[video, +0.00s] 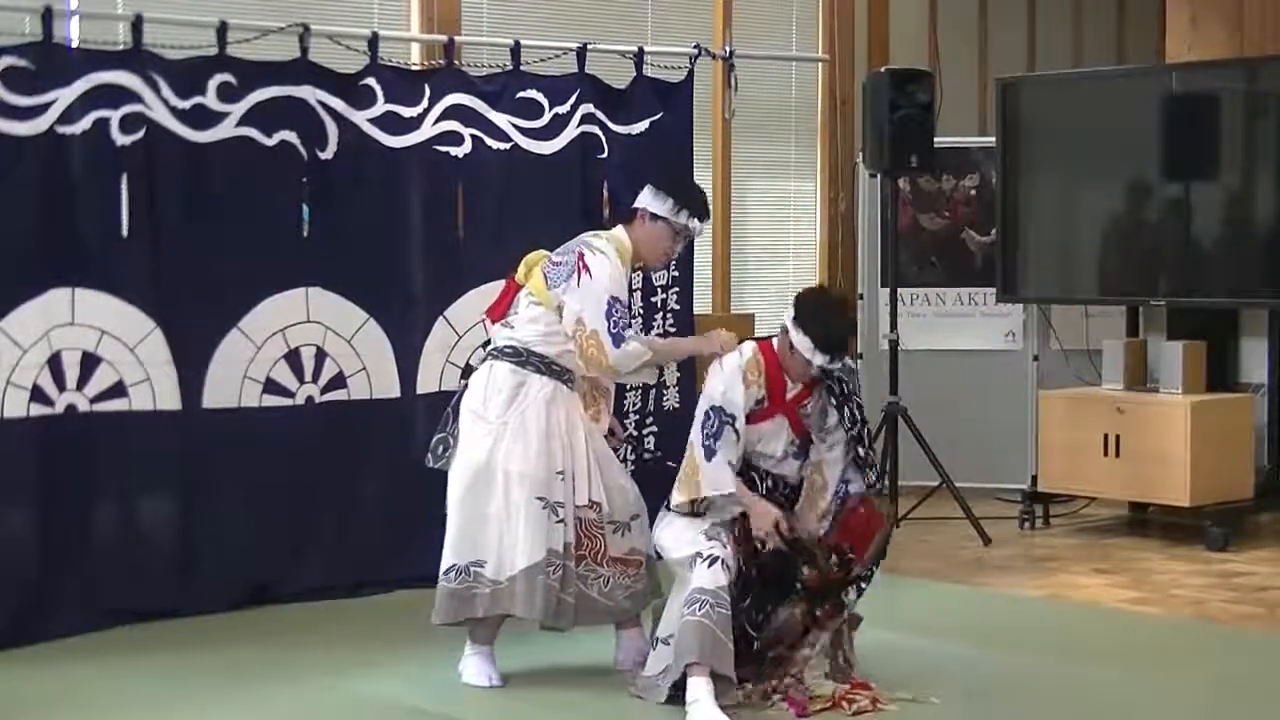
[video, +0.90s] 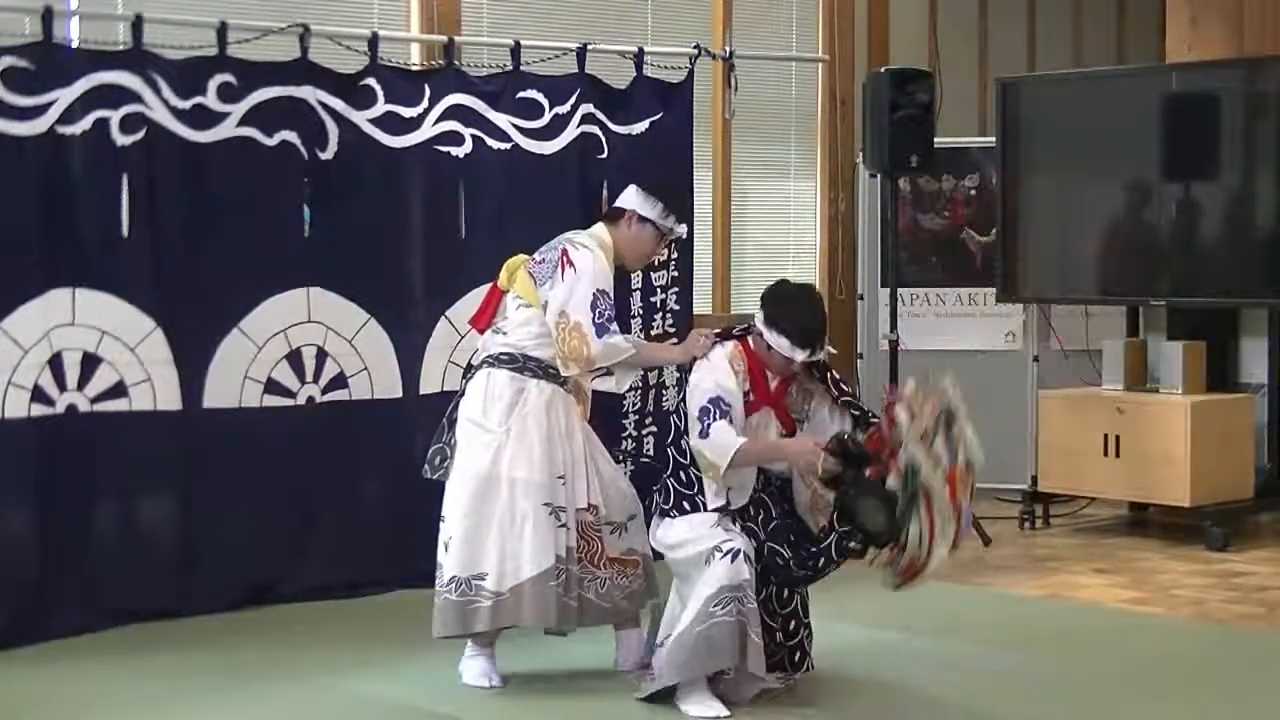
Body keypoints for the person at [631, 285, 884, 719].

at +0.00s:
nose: (815, 371)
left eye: (824, 364)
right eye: (809, 360)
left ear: (837, 354)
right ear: (788, 337)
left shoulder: (831, 386)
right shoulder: (737, 370)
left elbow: (833, 459)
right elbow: (711, 456)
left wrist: (808, 521)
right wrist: (751, 504)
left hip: (781, 516)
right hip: (709, 508)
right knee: (712, 565)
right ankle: (699, 688)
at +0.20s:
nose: (775, 332)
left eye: (788, 325)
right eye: (772, 321)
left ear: (805, 322)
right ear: (759, 309)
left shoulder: (819, 364)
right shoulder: (726, 351)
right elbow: (739, 405)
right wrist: (807, 398)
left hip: (789, 511)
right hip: (716, 503)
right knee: (722, 562)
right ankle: (700, 690)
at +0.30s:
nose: (803, 332)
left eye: (806, 322)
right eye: (796, 322)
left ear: (807, 318)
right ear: (761, 314)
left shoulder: (785, 363)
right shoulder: (723, 347)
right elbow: (742, 375)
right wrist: (804, 347)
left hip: (759, 514)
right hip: (705, 509)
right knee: (726, 567)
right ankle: (701, 689)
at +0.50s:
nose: (813, 335)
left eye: (824, 327)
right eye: (807, 323)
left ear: (831, 329)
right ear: (782, 315)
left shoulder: (827, 357)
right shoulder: (730, 348)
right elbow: (750, 338)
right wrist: (792, 292)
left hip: (763, 504)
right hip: (704, 499)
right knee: (726, 569)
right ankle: (701, 692)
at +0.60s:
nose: (816, 339)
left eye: (824, 330)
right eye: (809, 325)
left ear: (818, 329)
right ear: (779, 318)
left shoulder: (821, 362)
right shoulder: (730, 343)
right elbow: (740, 368)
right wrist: (797, 317)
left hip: (774, 498)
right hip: (711, 497)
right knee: (724, 566)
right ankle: (702, 679)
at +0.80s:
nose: (793, 357)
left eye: (802, 349)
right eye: (786, 346)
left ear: (813, 336)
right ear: (761, 327)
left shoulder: (804, 365)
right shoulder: (720, 357)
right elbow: (737, 422)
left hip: (758, 507)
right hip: (697, 504)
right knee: (736, 550)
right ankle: (691, 680)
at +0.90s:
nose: (793, 368)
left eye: (802, 359)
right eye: (785, 357)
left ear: (815, 347)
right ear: (760, 337)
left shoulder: (808, 377)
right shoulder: (717, 368)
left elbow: (846, 428)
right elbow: (716, 449)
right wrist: (787, 451)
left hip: (765, 514)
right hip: (699, 507)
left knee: (765, 676)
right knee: (732, 556)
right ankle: (691, 682)